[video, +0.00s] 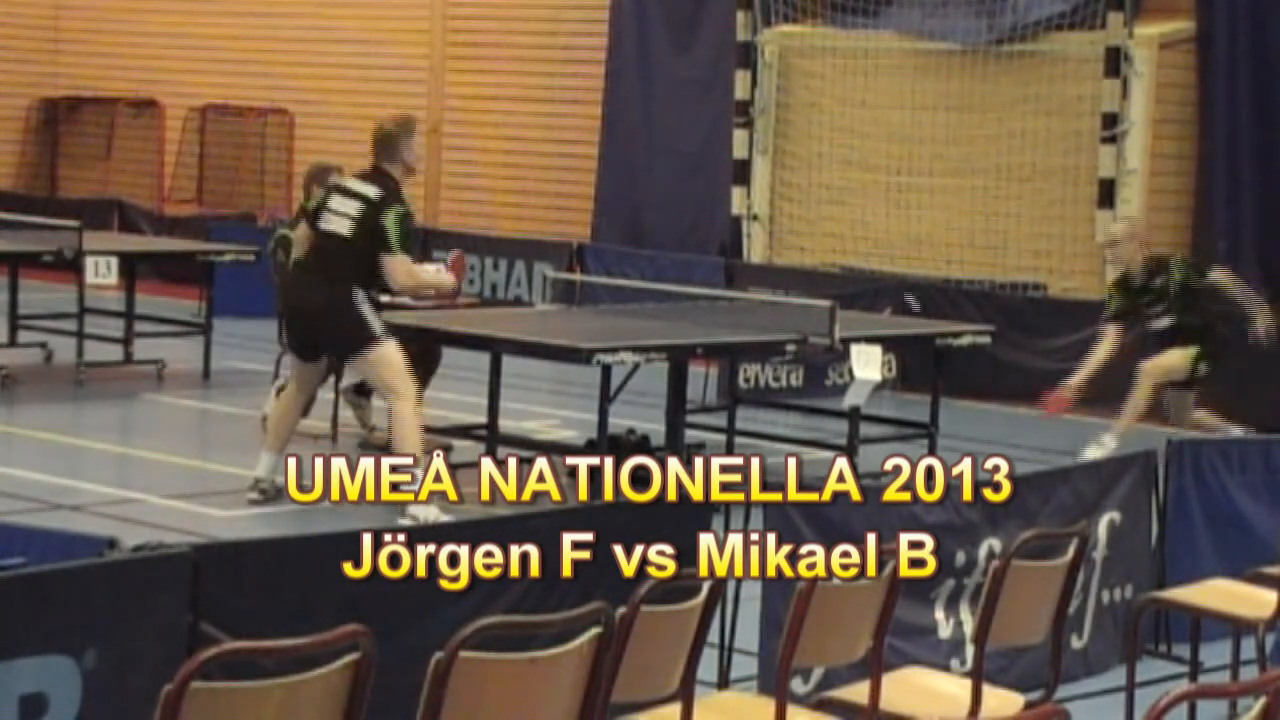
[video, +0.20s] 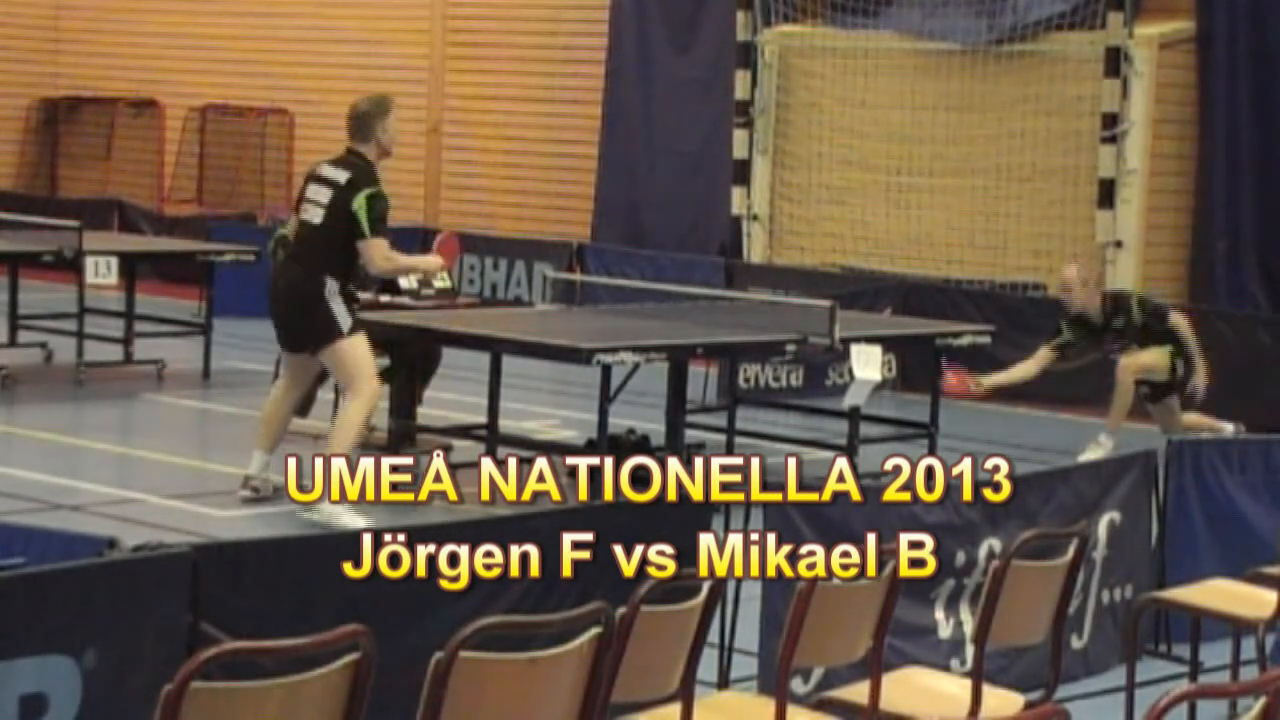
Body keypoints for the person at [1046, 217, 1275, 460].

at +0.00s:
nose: (1110, 253)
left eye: (1117, 244)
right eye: (1107, 247)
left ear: (1140, 244)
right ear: (1107, 251)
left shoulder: (1174, 269)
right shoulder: (1121, 289)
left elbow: (1223, 279)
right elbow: (1107, 343)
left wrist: (1258, 314)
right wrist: (1070, 388)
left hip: (1206, 343)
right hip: (1170, 348)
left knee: (1150, 369)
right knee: (1181, 415)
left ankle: (1111, 440)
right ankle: (1245, 436)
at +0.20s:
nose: (1065, 296)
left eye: (1070, 288)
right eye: (1062, 290)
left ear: (1092, 287)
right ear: (1065, 292)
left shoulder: (1126, 304)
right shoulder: (1075, 327)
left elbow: (1181, 323)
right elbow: (1035, 364)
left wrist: (1198, 367)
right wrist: (985, 382)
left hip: (1174, 357)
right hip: (1142, 367)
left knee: (1127, 365)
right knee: (1173, 426)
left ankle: (1107, 440)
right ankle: (1227, 430)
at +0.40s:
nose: (1074, 292)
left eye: (1080, 285)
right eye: (1070, 285)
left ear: (1098, 284)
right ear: (1065, 286)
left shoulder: (1122, 300)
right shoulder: (1067, 314)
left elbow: (1164, 321)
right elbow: (1060, 359)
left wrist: (1181, 363)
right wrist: (1043, 402)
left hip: (1151, 342)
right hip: (1119, 352)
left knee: (1116, 361)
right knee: (1135, 420)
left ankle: (1105, 439)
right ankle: (1198, 416)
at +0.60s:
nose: (1088, 238)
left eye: (1095, 231)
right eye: (1084, 230)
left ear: (1110, 233)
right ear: (1079, 232)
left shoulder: (1130, 259)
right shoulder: (1071, 263)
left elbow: (1168, 288)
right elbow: (1077, 307)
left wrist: (1189, 327)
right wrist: (1082, 343)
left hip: (1141, 321)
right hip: (1108, 328)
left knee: (1112, 361)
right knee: (1127, 404)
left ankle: (1104, 438)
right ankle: (1189, 417)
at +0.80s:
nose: (1088, 211)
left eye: (1095, 205)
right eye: (1085, 204)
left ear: (1110, 208)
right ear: (1079, 206)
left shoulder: (1125, 240)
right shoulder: (1067, 236)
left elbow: (1160, 282)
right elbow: (1058, 280)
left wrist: (1174, 334)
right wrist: (1055, 326)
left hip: (1130, 306)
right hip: (1095, 309)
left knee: (1115, 359)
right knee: (1091, 376)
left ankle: (1150, 425)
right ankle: (1155, 402)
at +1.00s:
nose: (1055, 202)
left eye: (1060, 194)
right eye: (1049, 195)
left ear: (1070, 196)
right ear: (1041, 199)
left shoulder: (1091, 229)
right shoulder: (1037, 233)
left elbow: (1124, 275)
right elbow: (1030, 282)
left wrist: (1118, 311)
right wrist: (1019, 317)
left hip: (1106, 305)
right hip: (1070, 304)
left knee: (1122, 363)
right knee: (1043, 366)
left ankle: (1151, 428)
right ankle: (1057, 413)